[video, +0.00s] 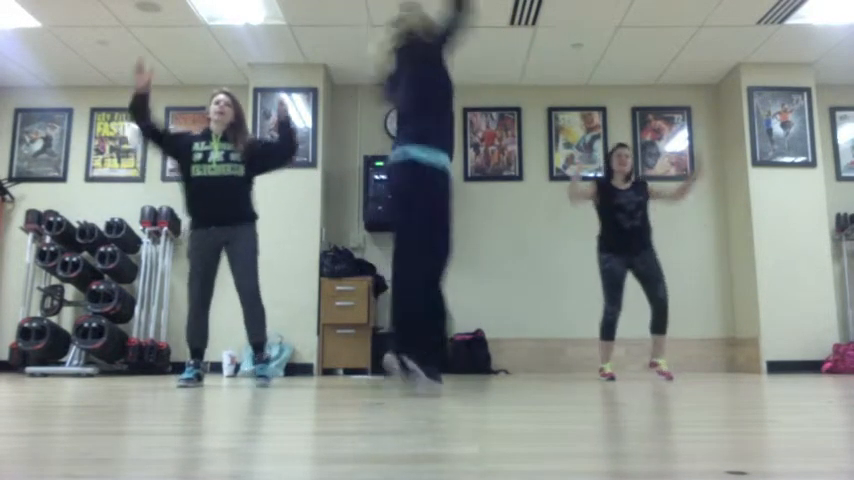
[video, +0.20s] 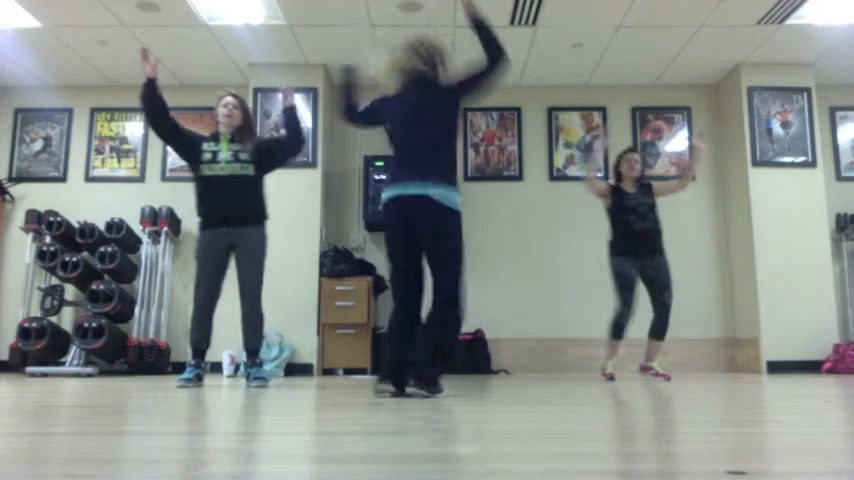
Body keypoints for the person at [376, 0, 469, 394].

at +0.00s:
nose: (431, 25)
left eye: (423, 22)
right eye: (426, 21)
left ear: (399, 32)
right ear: (424, 27)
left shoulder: (401, 64)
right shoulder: (425, 50)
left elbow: (389, 92)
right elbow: (457, 18)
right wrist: (457, 4)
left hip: (406, 167)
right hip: (427, 168)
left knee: (411, 257)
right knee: (429, 257)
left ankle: (403, 347)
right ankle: (419, 352)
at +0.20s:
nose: (439, 65)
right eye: (437, 59)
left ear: (402, 66)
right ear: (437, 64)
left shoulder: (391, 103)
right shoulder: (449, 95)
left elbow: (351, 114)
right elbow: (496, 58)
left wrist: (345, 82)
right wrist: (475, 18)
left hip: (398, 204)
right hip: (439, 203)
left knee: (405, 293)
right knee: (446, 293)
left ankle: (396, 375)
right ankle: (427, 374)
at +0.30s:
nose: (411, 52)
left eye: (411, 47)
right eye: (426, 46)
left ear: (409, 55)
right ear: (443, 55)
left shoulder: (396, 88)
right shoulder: (457, 90)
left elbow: (338, 78)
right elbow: (492, 62)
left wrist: (326, 32)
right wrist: (477, 20)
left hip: (405, 189)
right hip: (449, 193)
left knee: (400, 277)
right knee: (441, 280)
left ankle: (400, 364)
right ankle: (431, 363)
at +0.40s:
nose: (406, 41)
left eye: (408, 37)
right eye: (409, 37)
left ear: (413, 40)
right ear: (444, 41)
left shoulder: (402, 70)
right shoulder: (458, 74)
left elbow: (348, 57)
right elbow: (482, 60)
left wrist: (330, 12)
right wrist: (472, 19)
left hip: (413, 175)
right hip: (451, 177)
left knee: (403, 264)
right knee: (441, 265)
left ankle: (409, 357)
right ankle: (437, 357)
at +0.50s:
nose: (414, 48)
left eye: (418, 45)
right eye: (419, 43)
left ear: (424, 52)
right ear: (449, 58)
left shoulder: (422, 78)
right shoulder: (446, 83)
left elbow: (388, 50)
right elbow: (442, 57)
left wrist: (368, 5)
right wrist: (433, 28)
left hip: (426, 185)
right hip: (443, 183)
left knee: (419, 273)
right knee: (433, 271)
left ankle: (432, 367)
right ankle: (440, 361)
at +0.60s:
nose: (412, 77)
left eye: (416, 71)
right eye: (412, 71)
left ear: (427, 73)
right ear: (435, 73)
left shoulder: (436, 99)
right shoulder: (433, 101)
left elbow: (428, 61)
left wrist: (414, 28)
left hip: (435, 199)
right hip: (434, 199)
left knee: (418, 286)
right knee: (423, 286)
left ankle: (439, 377)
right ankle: (442, 374)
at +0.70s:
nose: (424, 66)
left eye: (431, 61)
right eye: (421, 61)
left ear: (445, 65)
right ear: (416, 67)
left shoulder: (456, 96)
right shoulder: (413, 105)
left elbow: (489, 66)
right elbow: (387, 88)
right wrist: (390, 50)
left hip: (445, 200)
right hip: (419, 203)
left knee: (430, 283)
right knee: (417, 283)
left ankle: (438, 373)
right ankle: (433, 370)